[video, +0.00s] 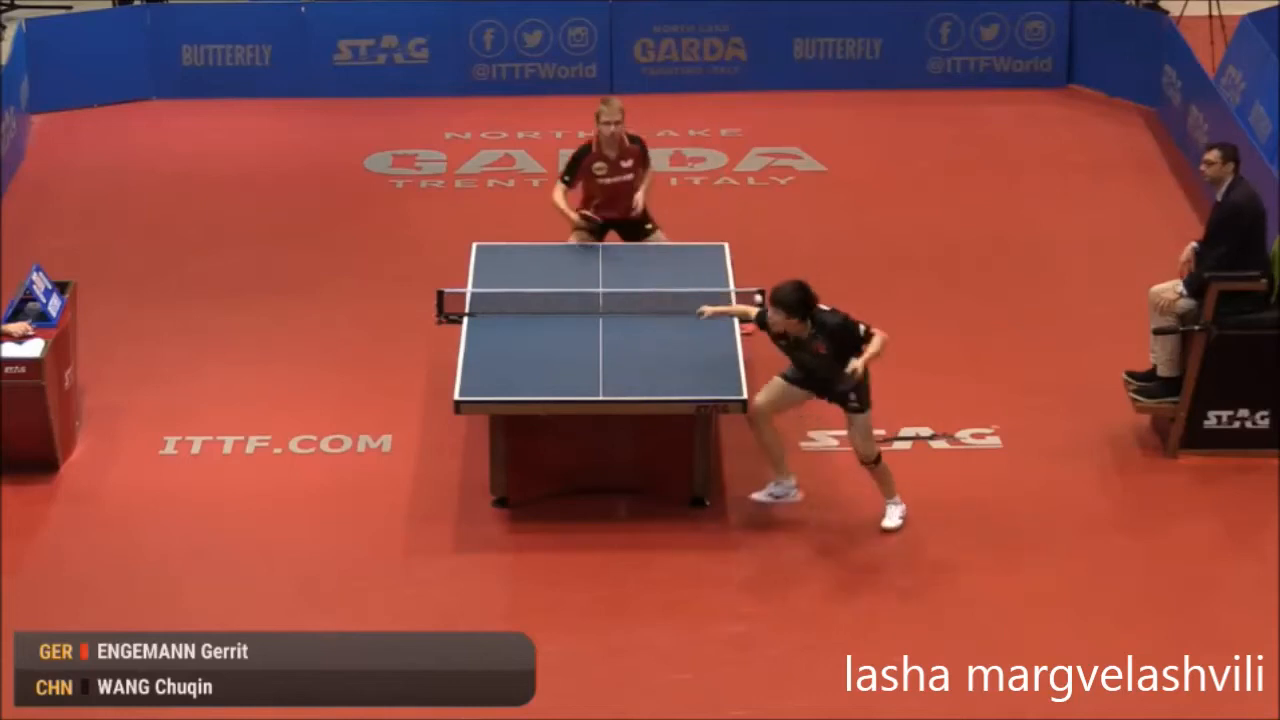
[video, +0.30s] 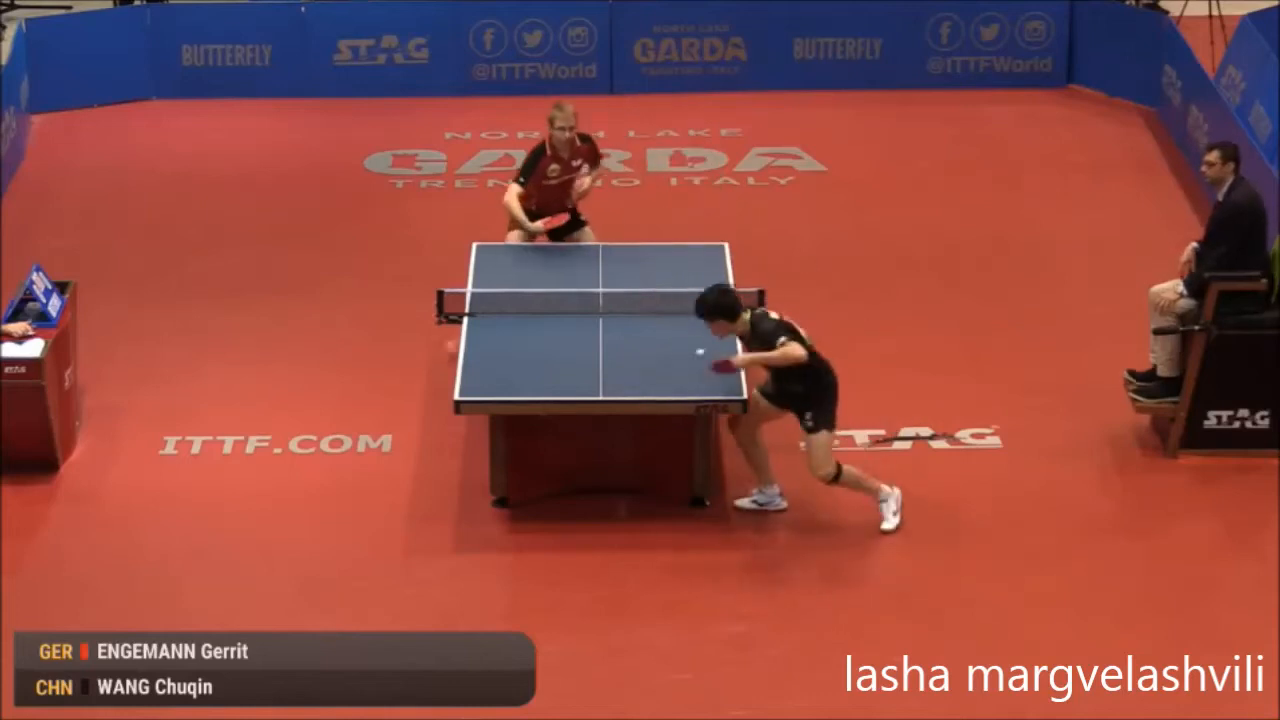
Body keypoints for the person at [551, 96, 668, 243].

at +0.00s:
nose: (612, 129)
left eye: (617, 123)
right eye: (607, 124)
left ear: (623, 123)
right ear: (597, 124)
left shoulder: (636, 146)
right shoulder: (586, 152)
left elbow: (647, 169)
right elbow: (558, 193)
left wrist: (641, 192)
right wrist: (572, 216)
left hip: (630, 214)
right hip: (594, 215)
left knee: (665, 253)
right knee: (574, 255)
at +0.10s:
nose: (597, 127)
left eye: (602, 120)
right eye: (591, 121)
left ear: (608, 120)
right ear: (581, 121)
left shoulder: (619, 140)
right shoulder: (570, 148)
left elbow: (628, 161)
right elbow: (540, 190)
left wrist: (623, 179)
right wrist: (557, 216)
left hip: (609, 208)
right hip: (574, 210)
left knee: (640, 248)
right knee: (556, 254)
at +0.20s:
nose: (579, 127)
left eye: (583, 121)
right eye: (573, 121)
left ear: (589, 120)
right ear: (563, 122)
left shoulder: (600, 137)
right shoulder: (553, 145)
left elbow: (611, 158)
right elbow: (522, 189)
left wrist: (603, 173)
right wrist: (539, 219)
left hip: (582, 206)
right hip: (547, 207)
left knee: (615, 251)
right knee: (529, 254)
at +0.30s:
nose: (567, 135)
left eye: (571, 129)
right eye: (561, 129)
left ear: (576, 128)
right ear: (550, 129)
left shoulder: (585, 144)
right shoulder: (539, 153)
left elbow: (596, 167)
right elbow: (510, 197)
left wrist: (588, 180)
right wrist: (528, 225)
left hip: (564, 212)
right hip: (531, 213)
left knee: (592, 251)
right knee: (512, 250)